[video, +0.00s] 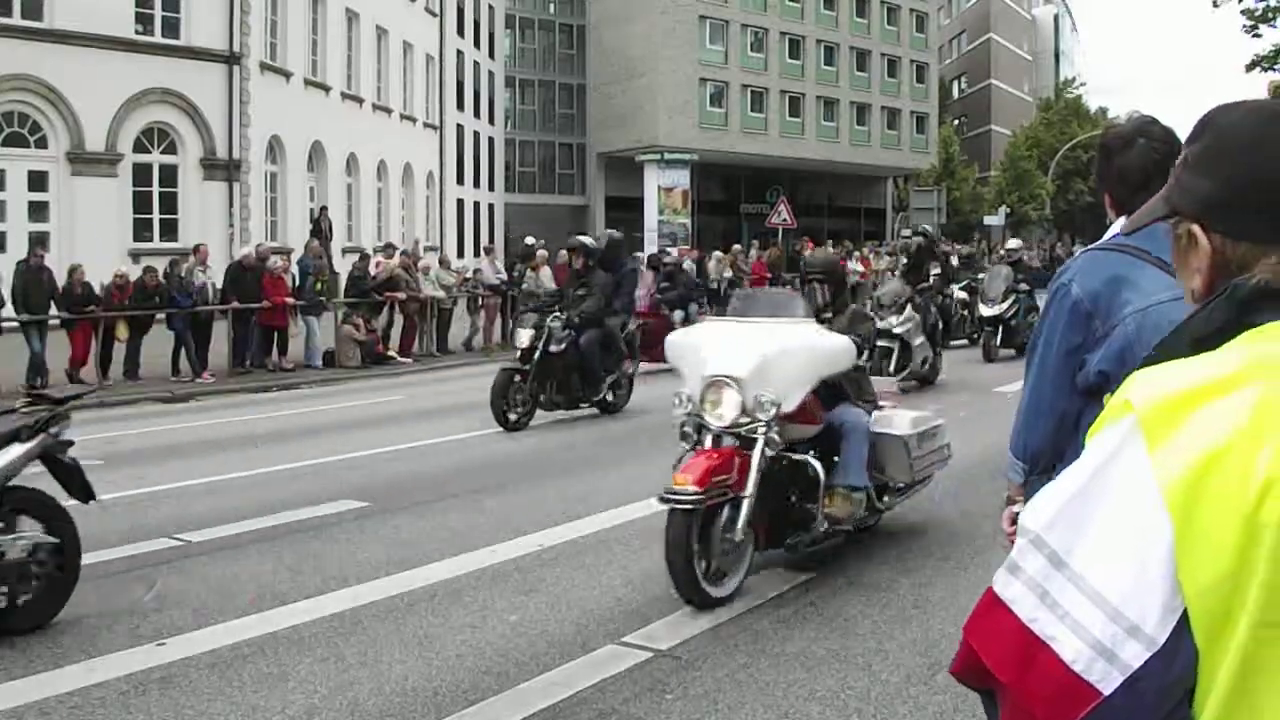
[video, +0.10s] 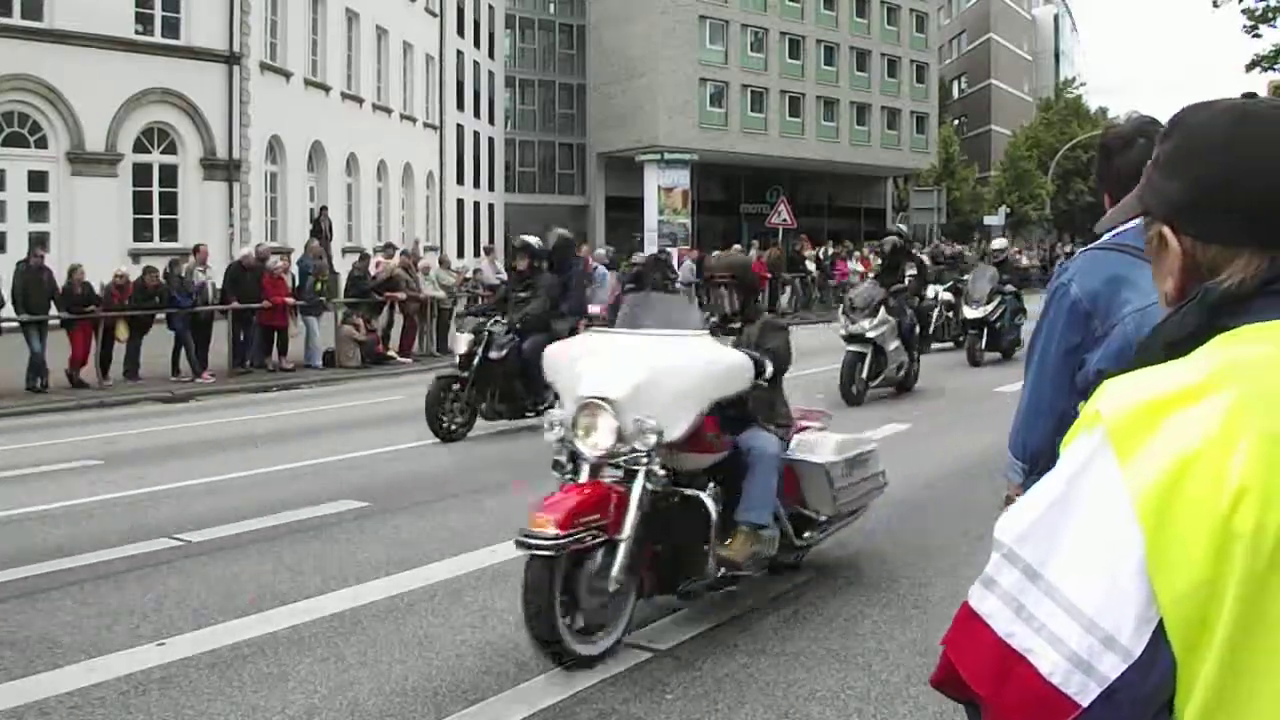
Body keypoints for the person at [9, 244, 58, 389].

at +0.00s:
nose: (40, 260)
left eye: (42, 257)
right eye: (37, 256)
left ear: (44, 257)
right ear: (30, 256)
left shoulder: (46, 271)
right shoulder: (21, 269)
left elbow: (55, 292)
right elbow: (16, 291)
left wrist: (61, 309)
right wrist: (20, 311)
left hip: (43, 313)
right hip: (27, 313)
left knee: (39, 349)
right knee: (36, 348)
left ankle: (31, 379)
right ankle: (43, 374)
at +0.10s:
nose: (40, 260)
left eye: (42, 257)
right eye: (37, 257)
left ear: (44, 257)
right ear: (30, 256)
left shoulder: (46, 272)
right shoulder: (21, 270)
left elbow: (55, 292)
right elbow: (16, 292)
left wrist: (62, 310)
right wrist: (20, 311)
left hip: (43, 313)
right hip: (27, 313)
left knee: (39, 350)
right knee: (36, 349)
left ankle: (31, 381)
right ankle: (43, 375)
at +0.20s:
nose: (39, 260)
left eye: (42, 257)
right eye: (37, 257)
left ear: (44, 257)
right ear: (30, 256)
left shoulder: (47, 272)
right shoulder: (21, 270)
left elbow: (55, 292)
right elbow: (16, 292)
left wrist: (62, 310)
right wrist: (20, 311)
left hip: (43, 313)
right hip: (27, 313)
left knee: (39, 350)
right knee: (36, 348)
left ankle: (31, 381)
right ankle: (44, 374)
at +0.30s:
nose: (40, 260)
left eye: (42, 257)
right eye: (37, 256)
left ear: (44, 257)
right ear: (30, 256)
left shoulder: (46, 271)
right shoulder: (21, 269)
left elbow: (55, 292)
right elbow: (16, 291)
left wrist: (62, 310)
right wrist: (20, 311)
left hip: (43, 313)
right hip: (27, 313)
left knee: (39, 350)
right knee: (36, 348)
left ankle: (31, 381)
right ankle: (44, 374)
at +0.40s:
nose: (39, 260)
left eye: (42, 257)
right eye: (36, 256)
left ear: (44, 257)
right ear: (30, 256)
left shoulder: (47, 272)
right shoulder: (21, 270)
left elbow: (55, 292)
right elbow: (17, 293)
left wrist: (62, 310)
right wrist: (21, 313)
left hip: (43, 314)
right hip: (27, 314)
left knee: (43, 346)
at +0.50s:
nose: (40, 260)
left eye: (42, 257)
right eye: (37, 256)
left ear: (45, 257)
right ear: (30, 256)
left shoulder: (47, 272)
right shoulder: (21, 270)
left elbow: (55, 292)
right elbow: (16, 292)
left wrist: (62, 310)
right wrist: (20, 311)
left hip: (43, 314)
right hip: (28, 314)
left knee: (40, 350)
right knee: (37, 349)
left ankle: (31, 380)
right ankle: (44, 375)